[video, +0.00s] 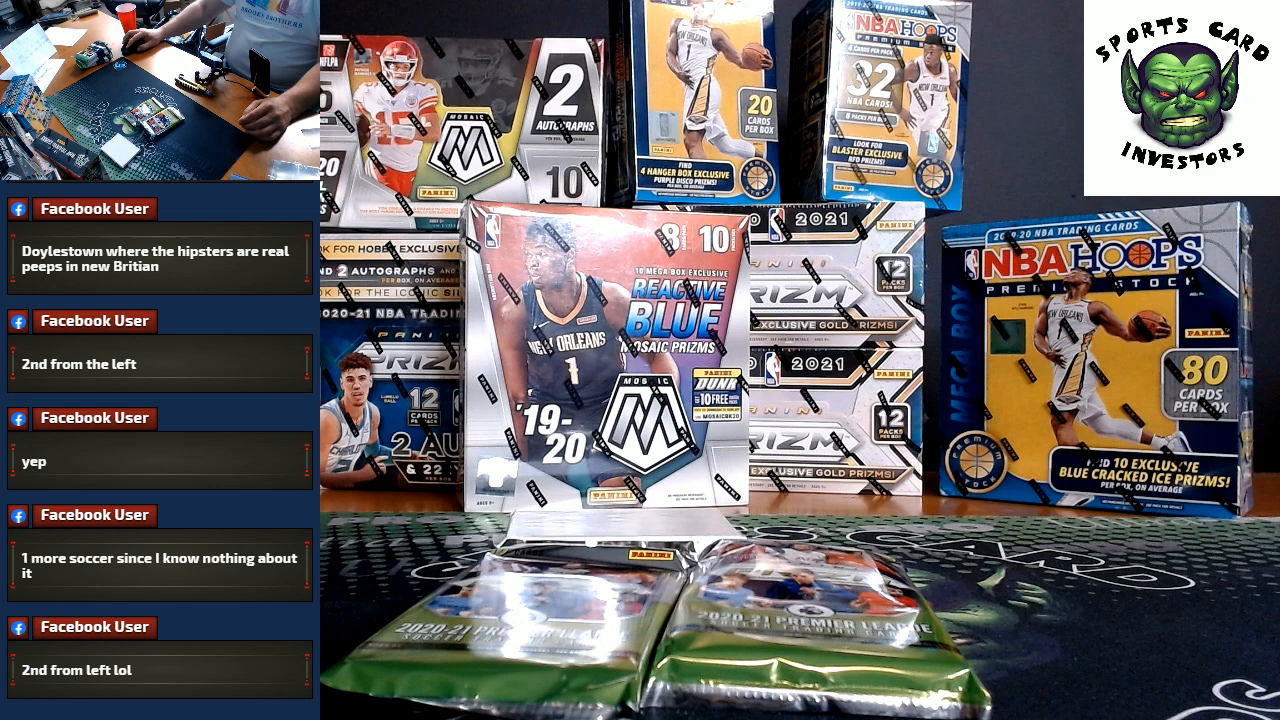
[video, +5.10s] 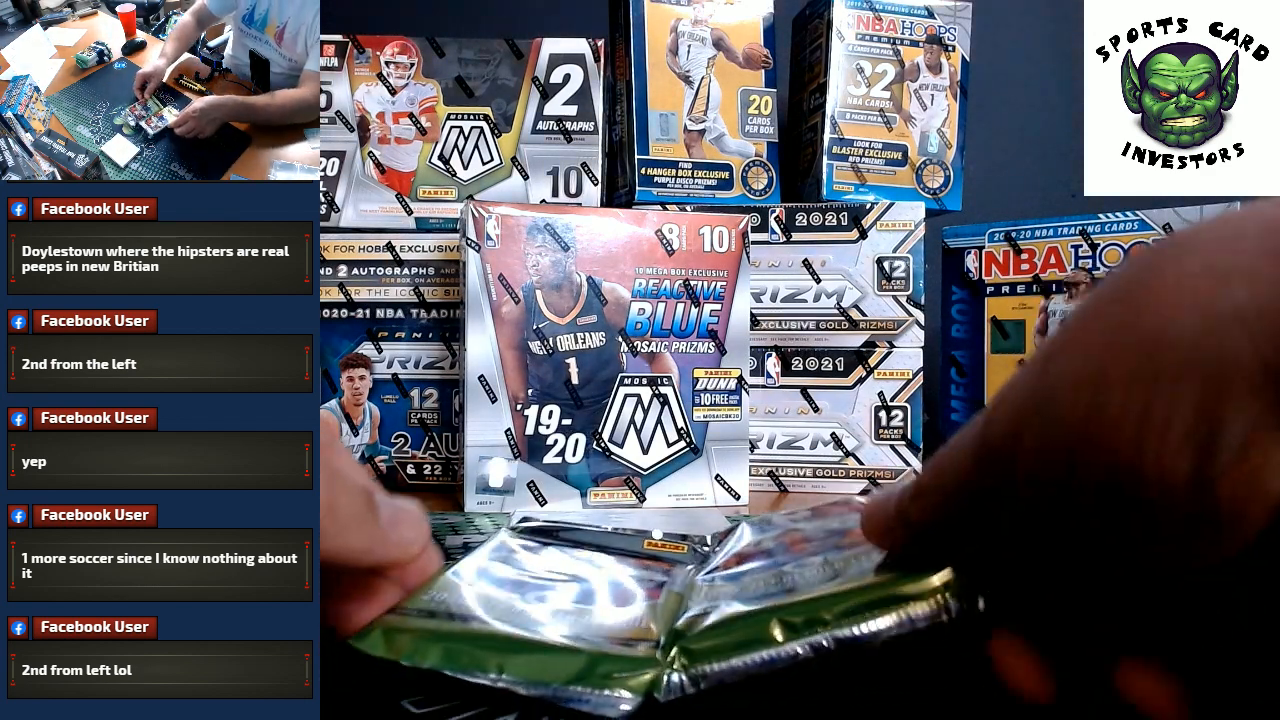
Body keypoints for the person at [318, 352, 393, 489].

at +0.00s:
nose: (356, 385)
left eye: (362, 378)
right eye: (350, 379)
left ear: (370, 382)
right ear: (341, 383)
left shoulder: (372, 413)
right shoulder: (325, 419)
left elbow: (373, 450)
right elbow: (316, 477)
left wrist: (406, 456)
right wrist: (360, 475)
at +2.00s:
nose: (356, 385)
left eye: (362, 378)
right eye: (350, 379)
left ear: (370, 382)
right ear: (341, 383)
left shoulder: (372, 413)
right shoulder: (325, 419)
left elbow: (373, 450)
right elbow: (316, 477)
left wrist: (406, 456)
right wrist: (360, 475)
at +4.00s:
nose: (356, 385)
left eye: (362, 378)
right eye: (350, 379)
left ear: (370, 382)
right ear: (341, 383)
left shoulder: (372, 413)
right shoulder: (325, 419)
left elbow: (373, 450)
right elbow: (316, 477)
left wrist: (406, 456)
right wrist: (360, 475)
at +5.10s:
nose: (356, 386)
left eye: (362, 378)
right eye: (350, 380)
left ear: (370, 382)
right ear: (342, 384)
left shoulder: (372, 413)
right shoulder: (326, 417)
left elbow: (374, 450)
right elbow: (331, 469)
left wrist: (404, 455)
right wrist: (364, 472)